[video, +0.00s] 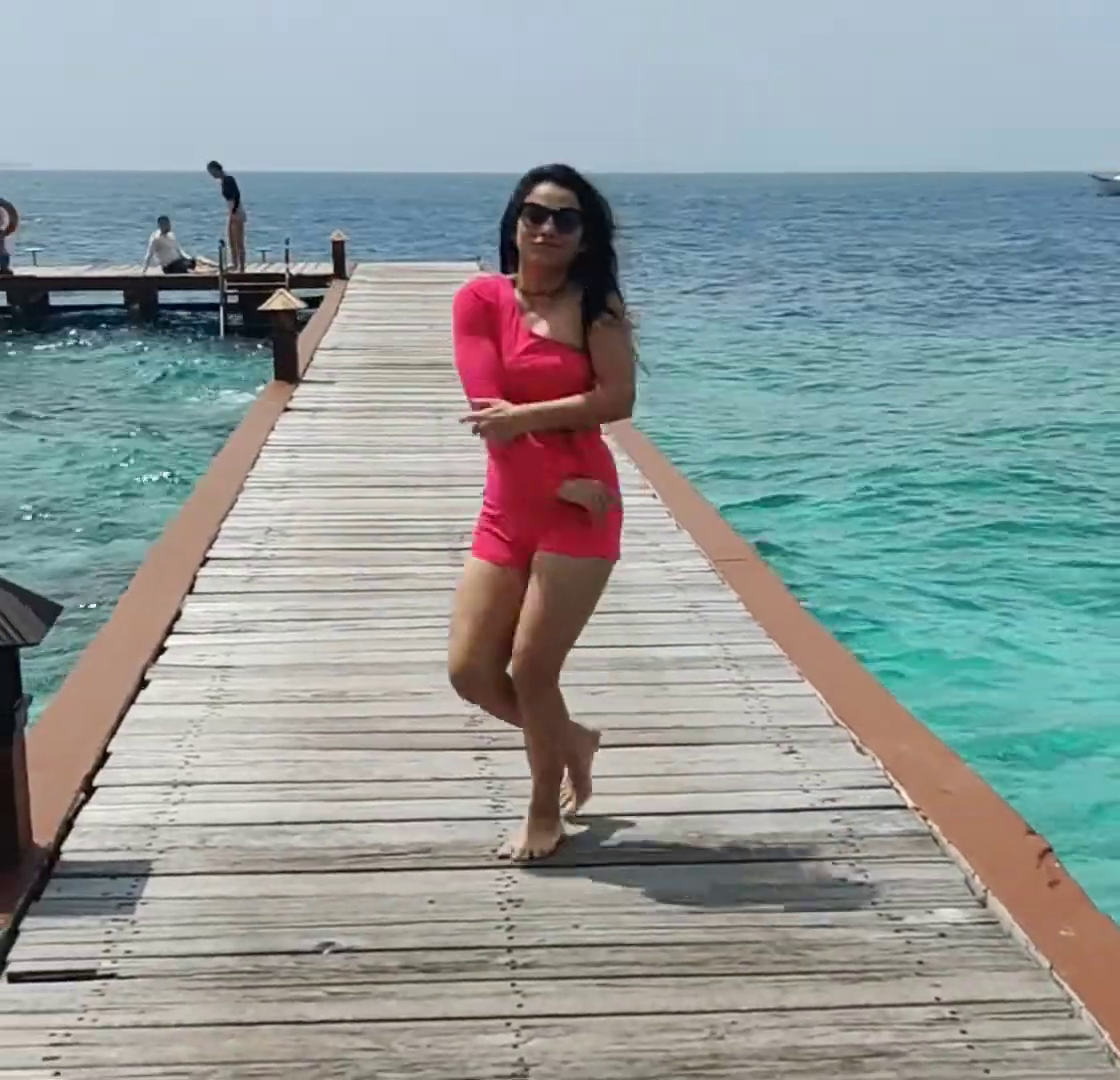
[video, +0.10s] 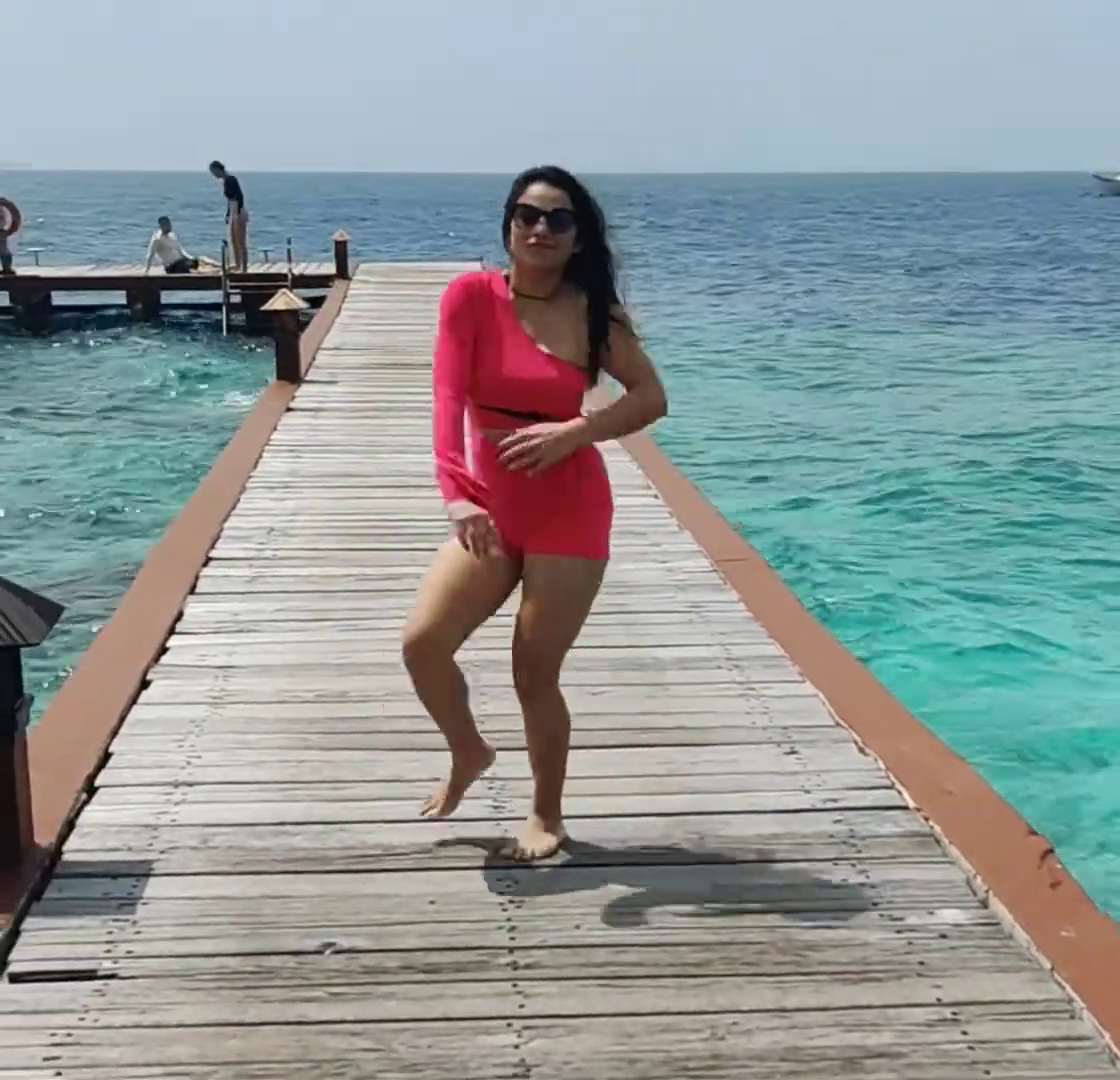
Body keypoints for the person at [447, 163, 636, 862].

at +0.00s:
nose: (549, 227)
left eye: (566, 218)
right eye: (535, 214)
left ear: (586, 233)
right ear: (515, 223)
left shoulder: (600, 310)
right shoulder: (479, 299)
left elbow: (618, 400)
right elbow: (488, 410)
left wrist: (526, 415)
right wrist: (557, 481)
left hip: (580, 513)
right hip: (506, 509)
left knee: (533, 670)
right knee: (470, 671)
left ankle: (543, 816)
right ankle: (573, 742)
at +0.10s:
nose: (542, 228)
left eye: (559, 219)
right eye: (528, 215)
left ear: (579, 234)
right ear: (508, 225)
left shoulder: (593, 315)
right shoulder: (469, 298)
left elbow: (651, 397)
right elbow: (448, 404)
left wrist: (575, 432)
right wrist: (456, 497)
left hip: (570, 508)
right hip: (489, 505)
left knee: (535, 669)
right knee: (422, 645)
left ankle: (547, 818)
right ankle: (467, 750)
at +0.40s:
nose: (476, 228)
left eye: (492, 215)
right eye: (461, 216)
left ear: (517, 229)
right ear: (444, 231)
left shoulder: (546, 314)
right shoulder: (415, 304)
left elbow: (638, 370)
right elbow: (323, 354)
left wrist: (736, 407)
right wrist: (229, 390)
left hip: (490, 518)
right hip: (404, 512)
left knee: (514, 698)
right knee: (370, 689)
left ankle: (542, 821)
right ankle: (336, 841)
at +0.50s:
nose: (461, 240)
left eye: (477, 227)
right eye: (447, 228)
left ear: (503, 242)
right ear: (429, 242)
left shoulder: (530, 334)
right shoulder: (398, 315)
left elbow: (625, 391)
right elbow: (311, 366)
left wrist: (728, 423)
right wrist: (220, 403)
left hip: (476, 535)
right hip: (387, 526)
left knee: (505, 708)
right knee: (364, 702)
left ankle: (549, 824)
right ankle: (344, 843)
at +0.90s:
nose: (477, 198)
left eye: (496, 189)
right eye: (464, 185)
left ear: (516, 210)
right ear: (441, 200)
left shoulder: (517, 278)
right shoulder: (418, 294)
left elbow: (464, 377)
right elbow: (426, 397)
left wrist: (358, 436)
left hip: (519, 505)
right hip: (433, 502)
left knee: (594, 679)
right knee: (397, 680)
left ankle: (664, 811)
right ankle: (384, 834)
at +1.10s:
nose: (508, 263)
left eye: (526, 251)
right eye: (495, 249)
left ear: (548, 264)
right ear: (476, 260)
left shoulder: (547, 319)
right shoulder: (476, 353)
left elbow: (550, 424)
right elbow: (454, 460)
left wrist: (458, 440)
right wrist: (505, 488)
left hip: (544, 562)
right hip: (470, 551)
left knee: (588, 727)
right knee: (393, 690)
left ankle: (673, 851)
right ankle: (383, 842)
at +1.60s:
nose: (596, 240)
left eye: (612, 225)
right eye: (579, 227)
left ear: (639, 235)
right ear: (558, 239)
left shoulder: (667, 311)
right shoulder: (524, 298)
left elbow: (779, 304)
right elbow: (414, 264)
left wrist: (880, 325)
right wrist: (306, 232)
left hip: (632, 534)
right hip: (536, 537)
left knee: (664, 700)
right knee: (465, 701)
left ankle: (677, 838)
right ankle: (408, 838)